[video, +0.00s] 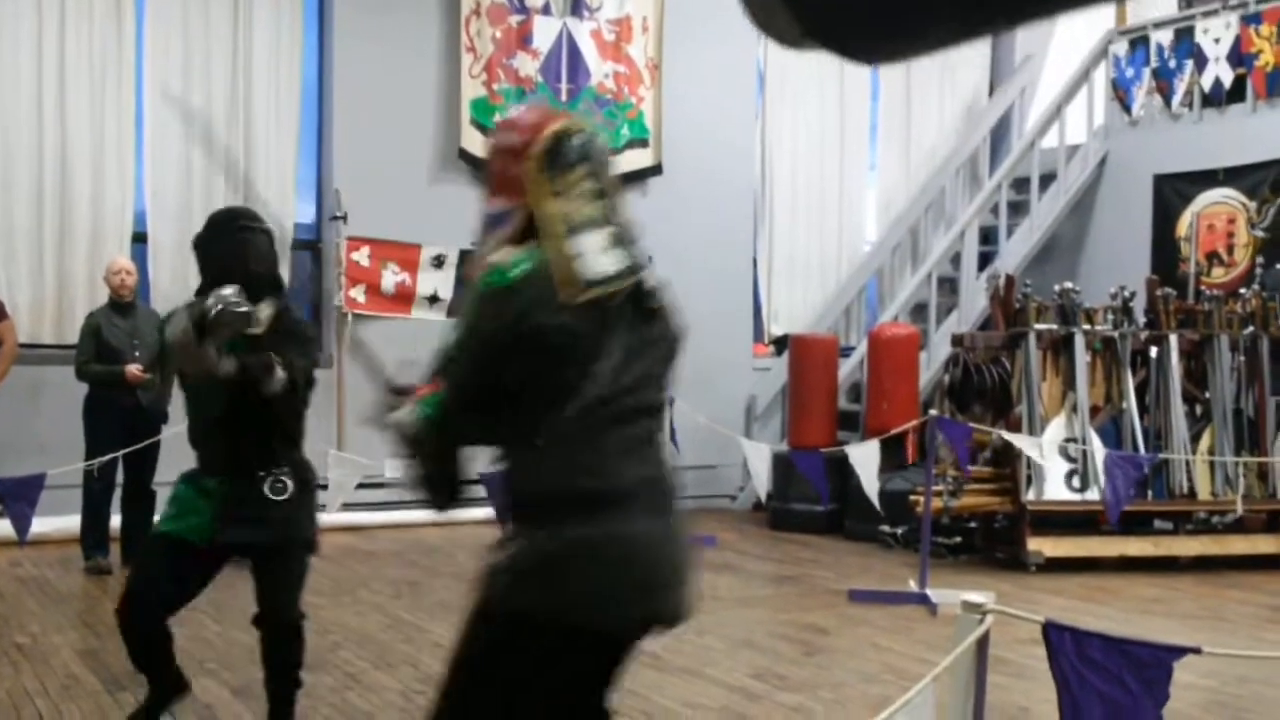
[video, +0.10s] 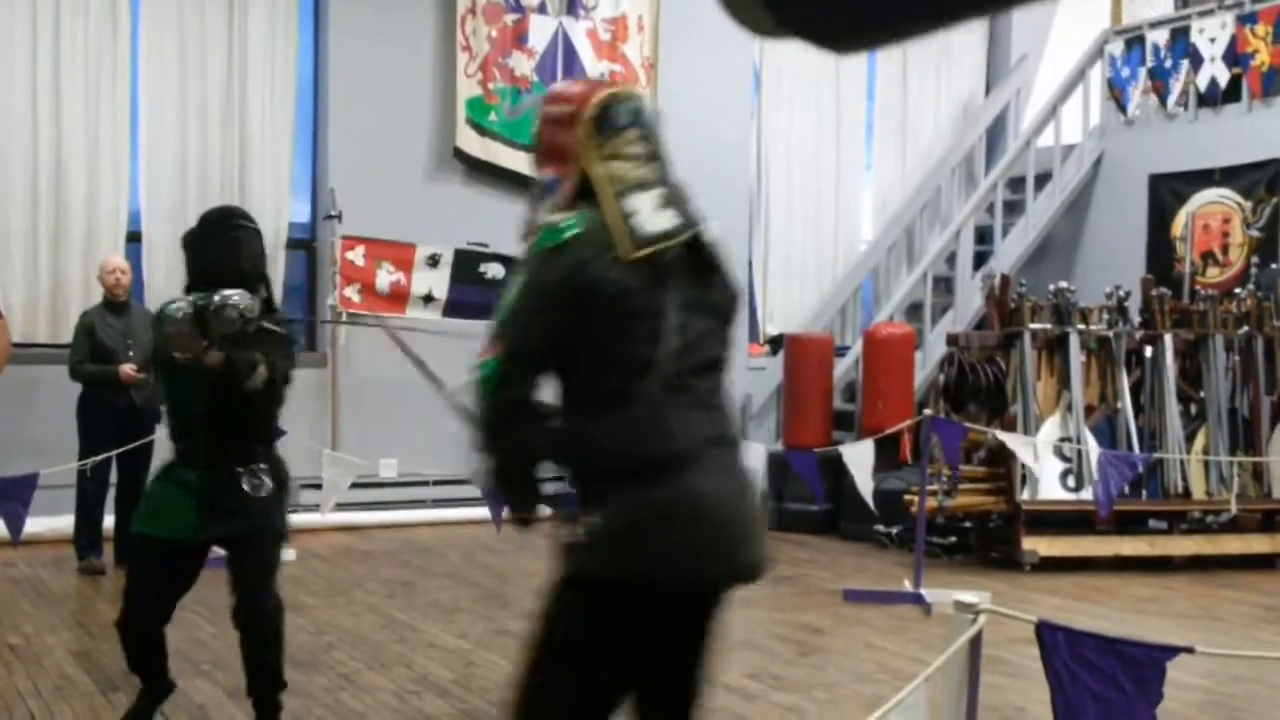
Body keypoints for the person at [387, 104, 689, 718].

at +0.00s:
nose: (490, 198)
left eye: (498, 182)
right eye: (493, 181)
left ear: (519, 189)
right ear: (591, 180)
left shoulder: (515, 287)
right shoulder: (639, 291)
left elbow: (455, 413)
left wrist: (423, 422)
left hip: (558, 565)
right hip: (646, 559)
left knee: (473, 708)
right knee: (571, 704)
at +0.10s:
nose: (551, 170)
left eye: (560, 153)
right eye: (551, 152)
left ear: (585, 160)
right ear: (652, 155)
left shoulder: (572, 250)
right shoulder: (701, 256)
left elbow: (507, 380)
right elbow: (697, 380)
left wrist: (518, 480)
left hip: (628, 533)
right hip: (716, 522)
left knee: (554, 706)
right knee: (668, 703)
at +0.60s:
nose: (861, 228)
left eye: (868, 206)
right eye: (860, 207)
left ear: (906, 209)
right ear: (934, 206)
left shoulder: (949, 293)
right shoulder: (991, 280)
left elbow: (975, 420)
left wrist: (908, 489)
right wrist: (899, 470)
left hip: (975, 537)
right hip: (1021, 529)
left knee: (855, 675)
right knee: (1036, 692)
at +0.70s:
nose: (912, 216)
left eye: (916, 194)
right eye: (907, 196)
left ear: (954, 186)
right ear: (961, 184)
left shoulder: (1000, 263)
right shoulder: (988, 261)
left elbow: (993, 391)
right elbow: (957, 381)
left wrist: (925, 454)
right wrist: (912, 427)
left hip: (999, 513)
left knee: (871, 641)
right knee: (1062, 686)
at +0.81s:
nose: (933, 202)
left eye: (938, 181)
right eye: (932, 183)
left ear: (976, 179)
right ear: (998, 175)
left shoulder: (1019, 251)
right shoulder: (1050, 250)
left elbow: (1004, 377)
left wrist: (934, 444)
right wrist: (925, 414)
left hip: (1014, 509)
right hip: (1056, 507)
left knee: (879, 626)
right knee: (1068, 683)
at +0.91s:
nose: (948, 199)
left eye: (954, 180)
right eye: (947, 182)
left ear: (986, 180)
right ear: (1026, 171)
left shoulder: (1023, 245)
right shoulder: (1071, 247)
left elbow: (1006, 374)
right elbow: (1085, 383)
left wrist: (938, 438)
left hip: (1015, 504)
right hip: (1063, 502)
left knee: (879, 621)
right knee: (1066, 679)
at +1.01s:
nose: (951, 194)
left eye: (958, 175)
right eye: (950, 177)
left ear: (987, 174)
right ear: (1027, 168)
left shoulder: (1017, 244)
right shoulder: (1071, 247)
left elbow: (992, 368)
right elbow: (1086, 393)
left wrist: (925, 428)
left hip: (1005, 499)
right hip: (1057, 497)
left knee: (875, 620)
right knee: (1059, 673)